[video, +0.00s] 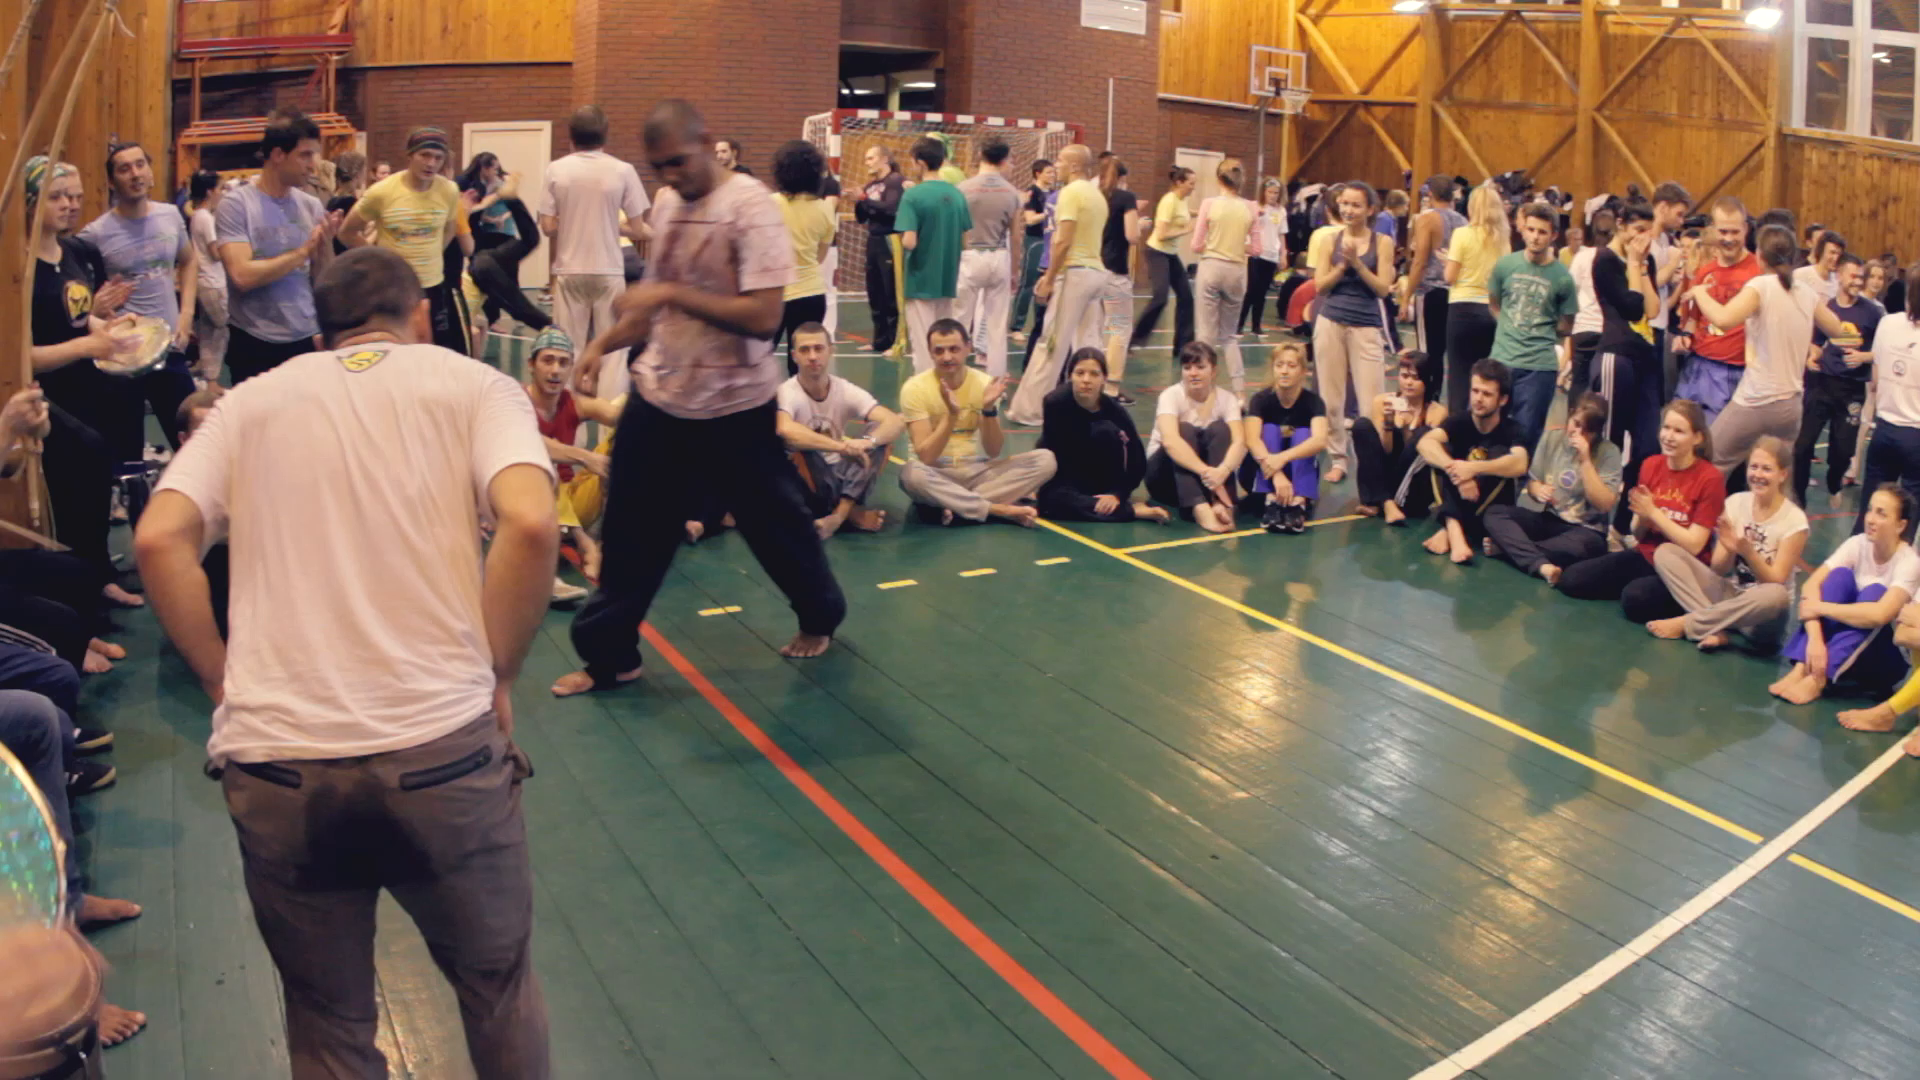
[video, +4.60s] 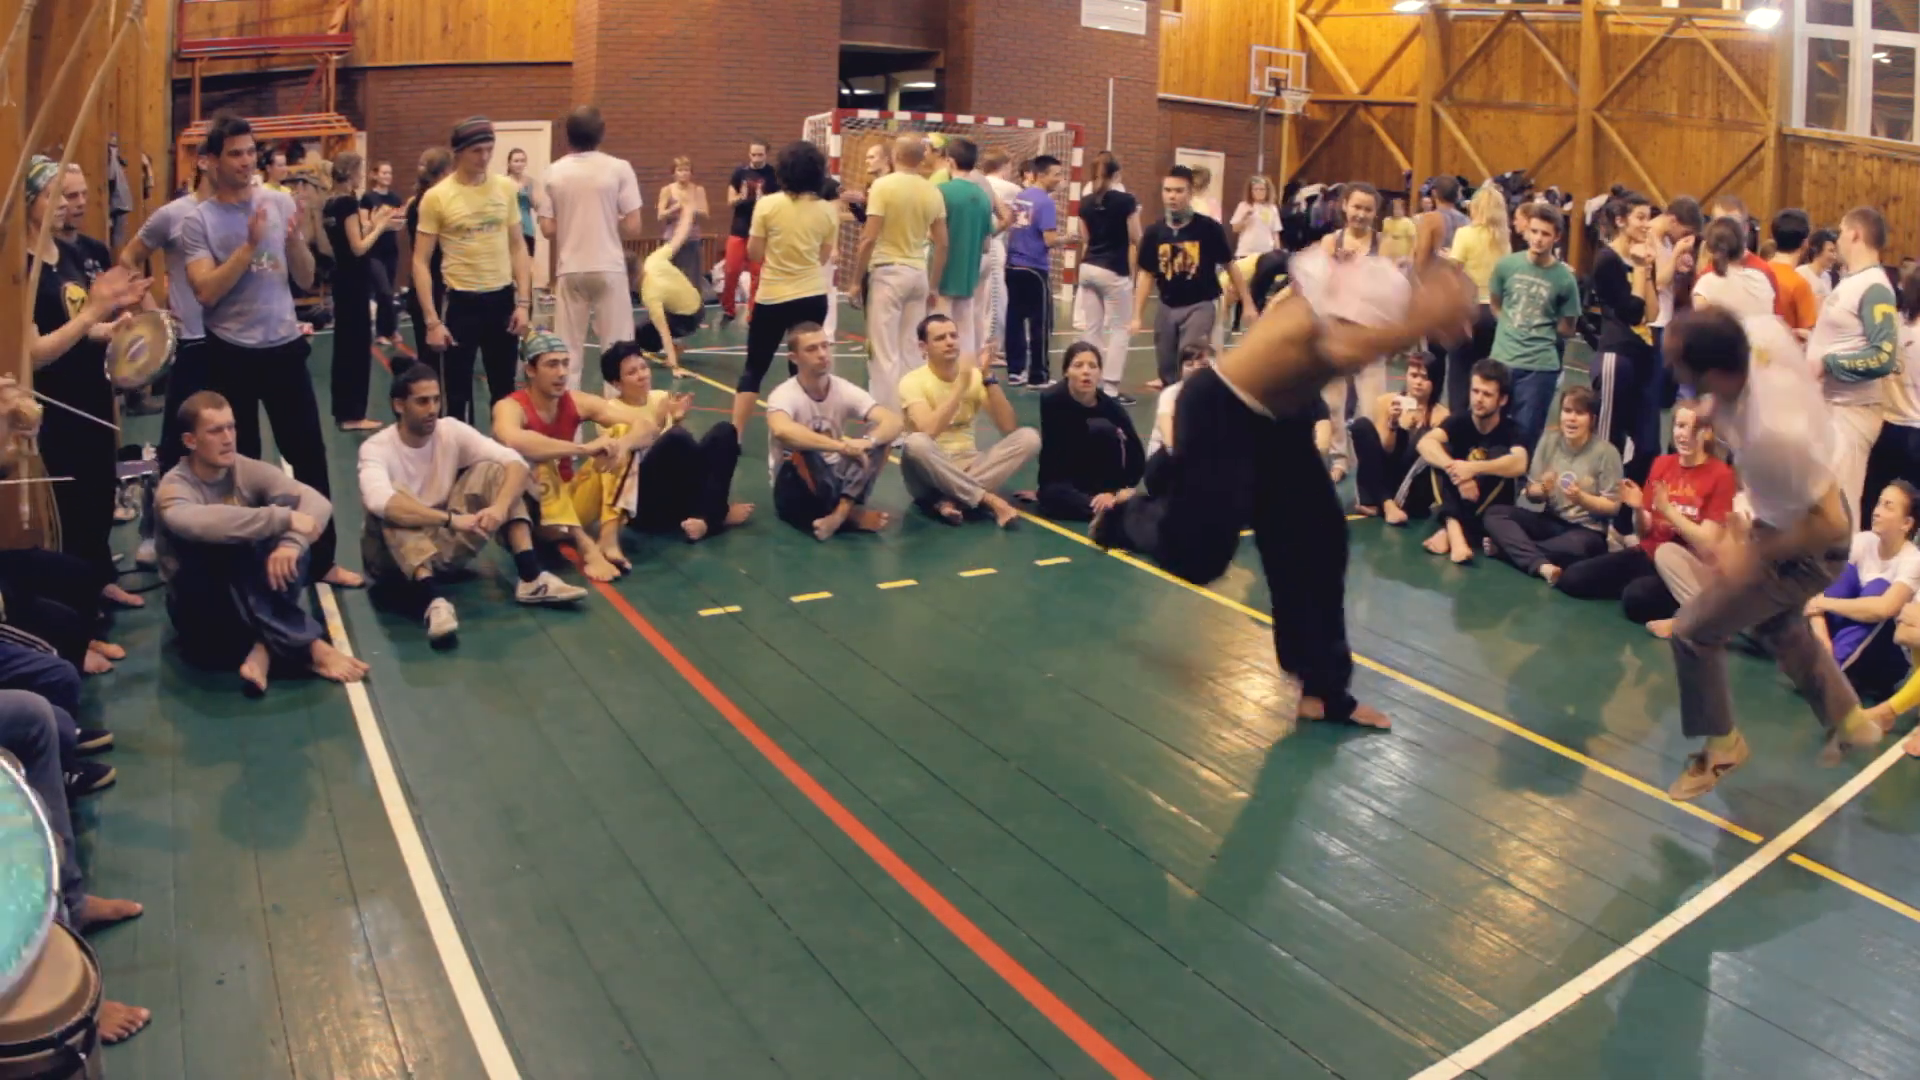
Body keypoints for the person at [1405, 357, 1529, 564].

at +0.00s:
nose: (1479, 399)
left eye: (1487, 394)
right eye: (1475, 391)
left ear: (1503, 400)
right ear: (1469, 392)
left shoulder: (1511, 429)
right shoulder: (1459, 421)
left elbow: (1519, 465)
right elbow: (1425, 444)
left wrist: (1473, 467)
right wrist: (1459, 474)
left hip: (1493, 512)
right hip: (1455, 505)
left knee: (1501, 457)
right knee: (1437, 455)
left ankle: (1450, 528)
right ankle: (1454, 529)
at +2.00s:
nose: (1478, 399)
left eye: (1487, 395)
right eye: (1475, 392)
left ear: (1503, 400)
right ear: (1469, 391)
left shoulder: (1511, 428)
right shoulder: (1460, 420)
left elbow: (1520, 465)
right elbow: (1426, 443)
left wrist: (1473, 468)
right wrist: (1459, 475)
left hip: (1492, 510)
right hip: (1454, 504)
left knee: (1499, 455)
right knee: (1438, 454)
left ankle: (1449, 528)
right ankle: (1454, 528)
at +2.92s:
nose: (1478, 399)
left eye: (1487, 395)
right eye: (1475, 392)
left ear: (1502, 400)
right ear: (1469, 391)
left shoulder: (1510, 428)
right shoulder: (1460, 419)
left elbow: (1519, 464)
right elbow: (1426, 443)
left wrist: (1473, 468)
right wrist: (1459, 474)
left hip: (1492, 509)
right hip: (1454, 503)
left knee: (1499, 456)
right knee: (1438, 455)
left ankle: (1449, 527)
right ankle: (1454, 528)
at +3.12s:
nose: (1478, 400)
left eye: (1487, 395)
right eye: (1475, 392)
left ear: (1502, 400)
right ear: (1469, 392)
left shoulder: (1510, 428)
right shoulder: (1460, 420)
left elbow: (1519, 465)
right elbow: (1425, 443)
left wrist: (1473, 468)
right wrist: (1458, 474)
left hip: (1494, 509)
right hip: (1458, 503)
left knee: (1499, 455)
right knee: (1438, 453)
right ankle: (1452, 524)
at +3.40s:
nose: (1479, 399)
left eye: (1487, 394)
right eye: (1475, 392)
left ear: (1503, 400)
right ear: (1469, 392)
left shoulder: (1510, 428)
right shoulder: (1458, 420)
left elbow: (1519, 465)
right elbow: (1425, 443)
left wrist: (1473, 468)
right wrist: (1452, 467)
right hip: (1453, 501)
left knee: (1499, 454)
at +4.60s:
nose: (1479, 399)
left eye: (1487, 395)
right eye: (1475, 392)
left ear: (1503, 400)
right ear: (1469, 392)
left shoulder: (1510, 429)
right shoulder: (1459, 422)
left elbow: (1519, 464)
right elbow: (1426, 443)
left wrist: (1473, 467)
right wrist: (1458, 473)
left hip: (1492, 512)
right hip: (1453, 503)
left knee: (1502, 457)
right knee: (1438, 457)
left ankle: (1450, 529)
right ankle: (1454, 529)